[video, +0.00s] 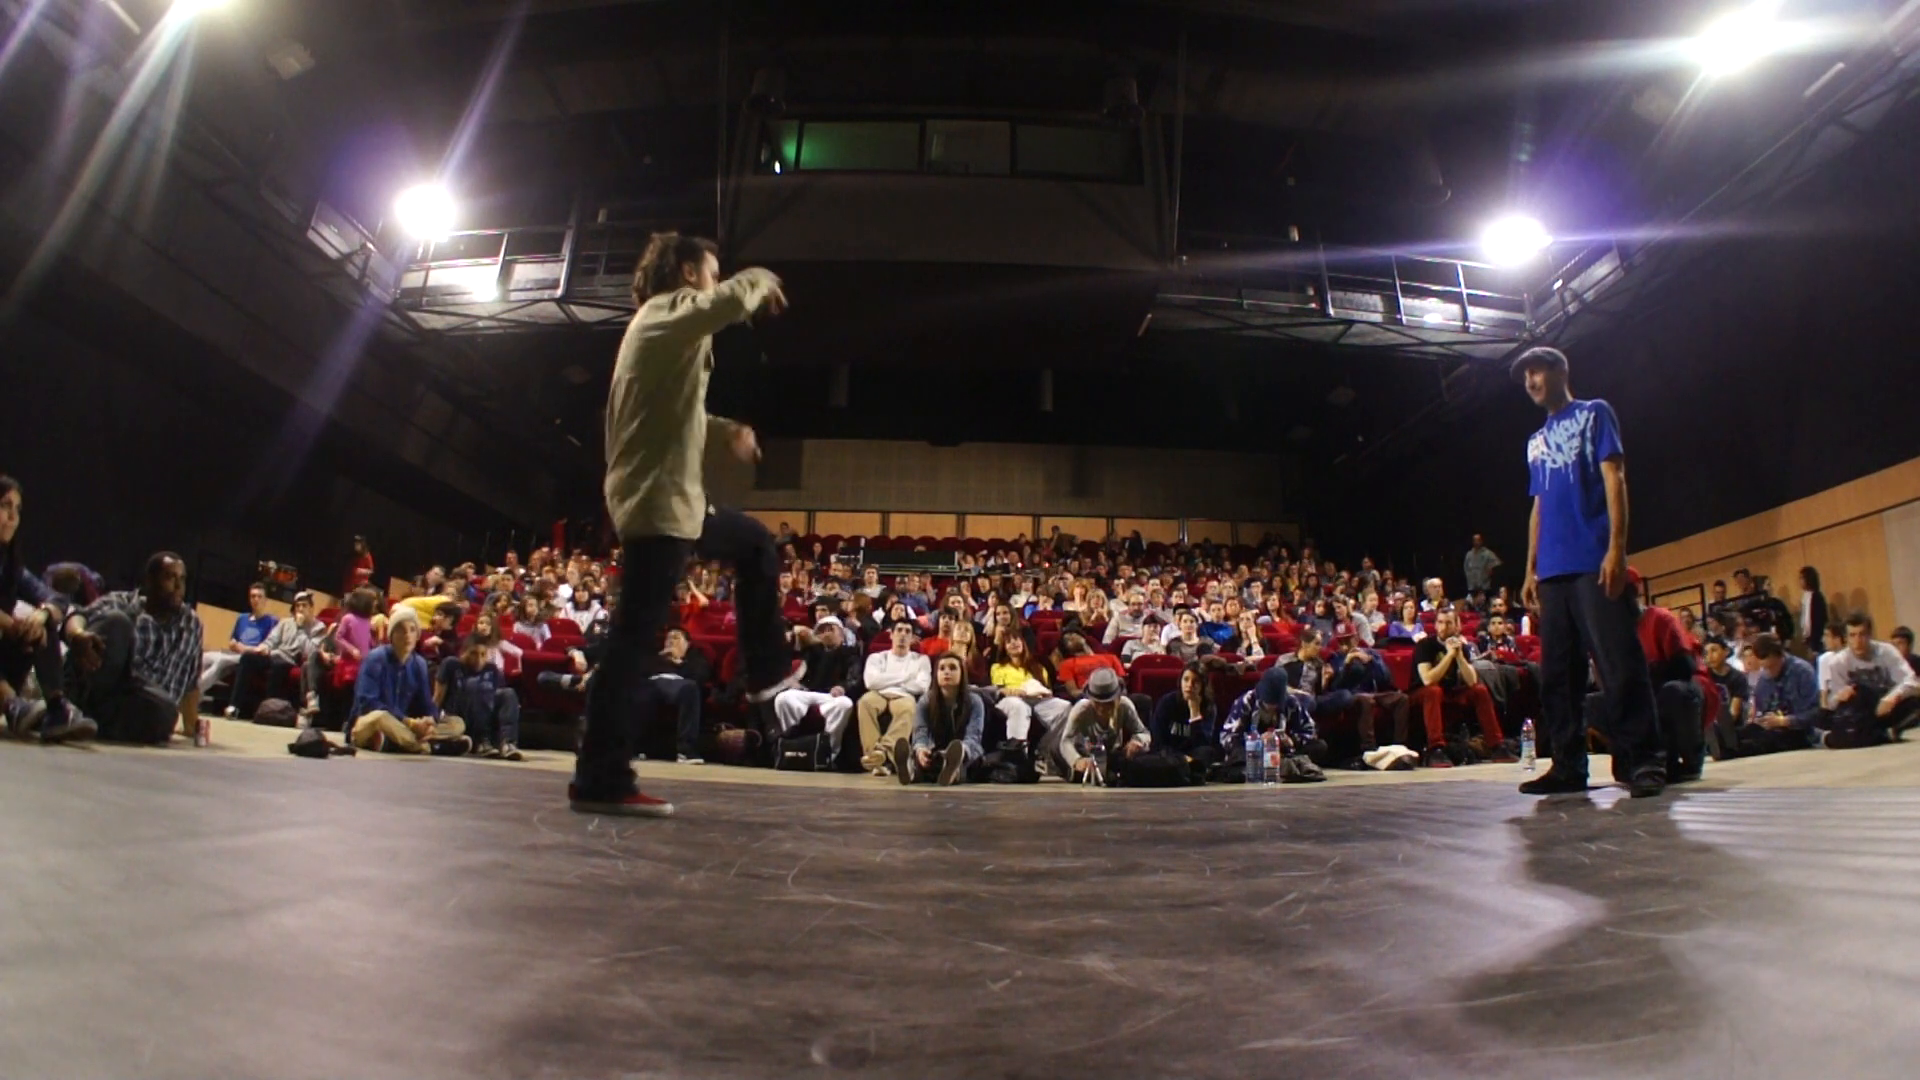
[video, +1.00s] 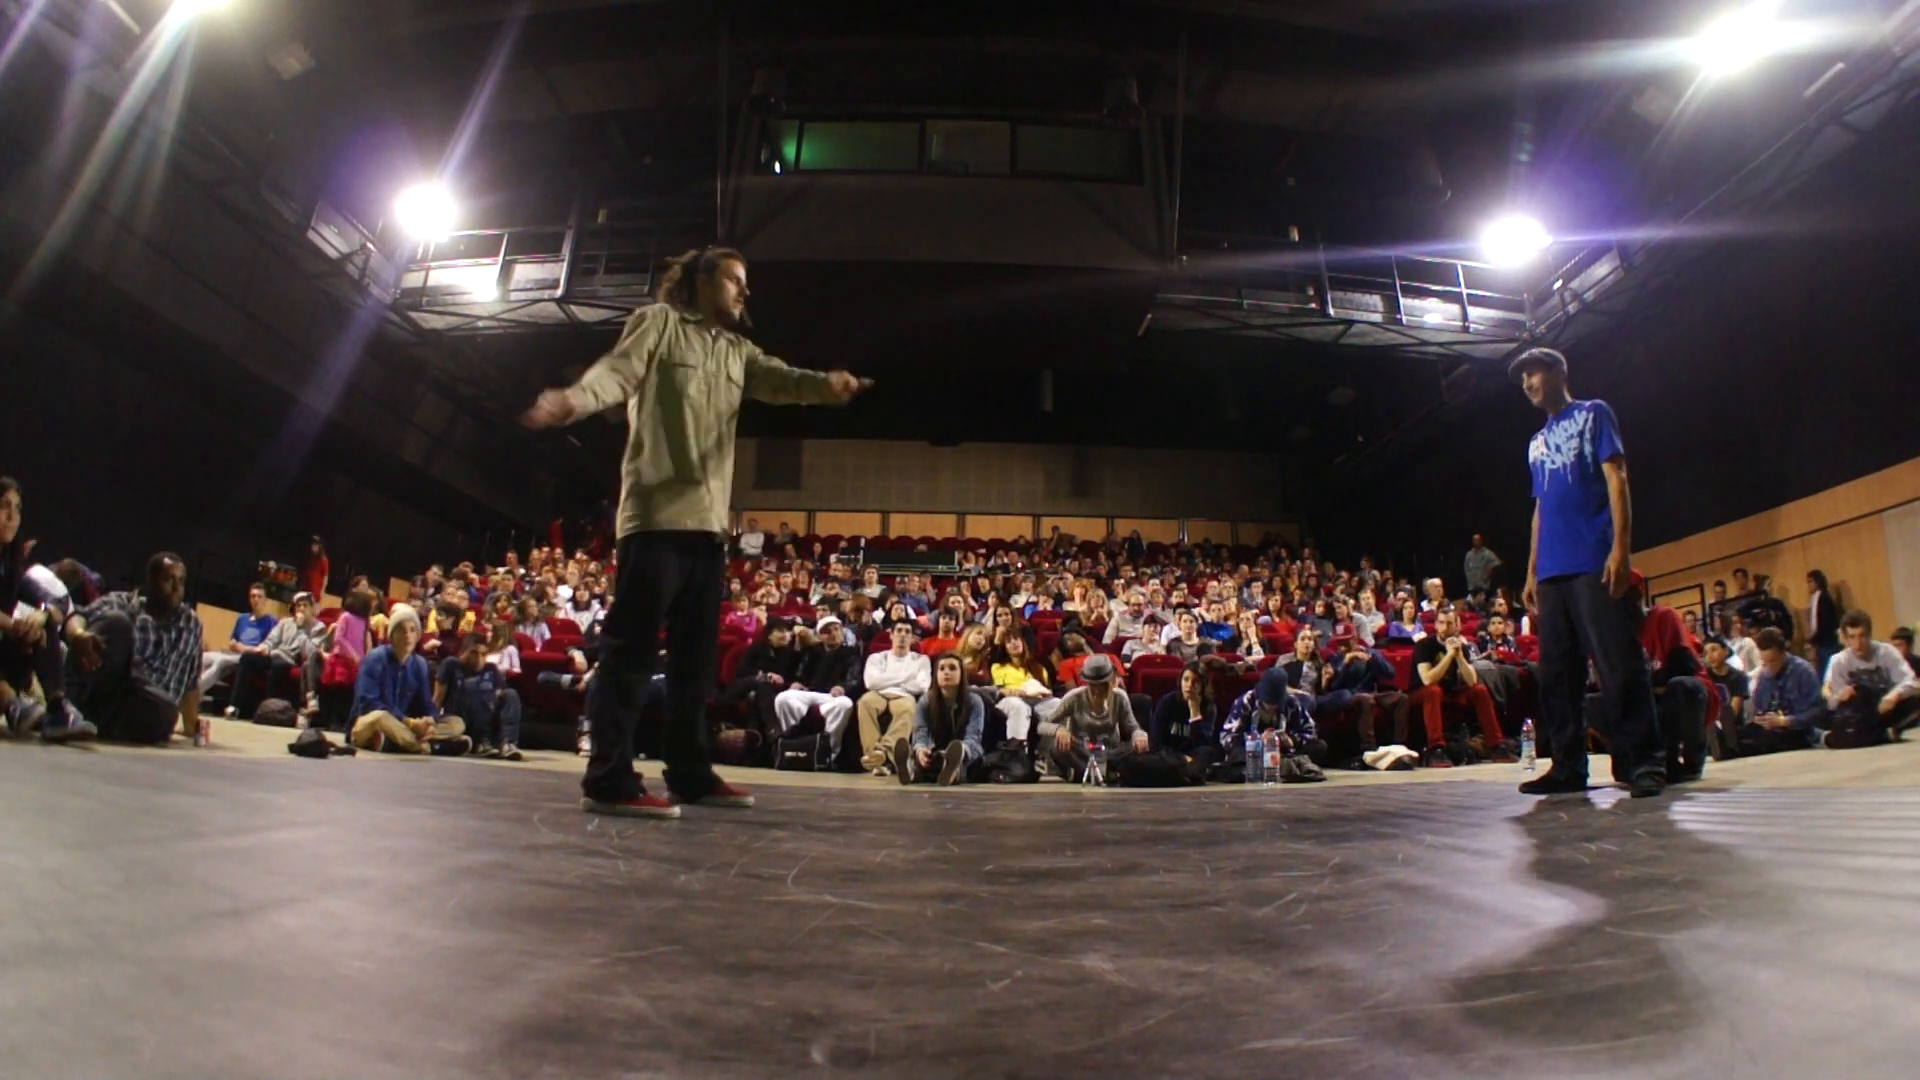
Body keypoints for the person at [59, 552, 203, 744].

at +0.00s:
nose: (178, 586)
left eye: (182, 579)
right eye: (170, 578)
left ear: (186, 583)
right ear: (151, 580)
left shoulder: (191, 624)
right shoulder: (122, 602)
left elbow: (190, 684)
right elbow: (78, 616)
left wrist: (191, 731)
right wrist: (76, 634)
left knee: (161, 717)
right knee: (116, 623)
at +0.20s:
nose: (178, 586)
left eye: (182, 580)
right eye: (170, 578)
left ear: (186, 583)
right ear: (151, 580)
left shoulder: (191, 624)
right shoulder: (122, 602)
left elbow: (190, 685)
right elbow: (78, 617)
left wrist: (191, 731)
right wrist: (76, 635)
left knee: (162, 717)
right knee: (116, 623)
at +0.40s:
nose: (177, 587)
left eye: (181, 580)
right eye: (169, 579)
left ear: (185, 584)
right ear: (151, 580)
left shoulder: (191, 624)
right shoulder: (122, 602)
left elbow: (190, 685)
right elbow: (78, 617)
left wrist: (191, 731)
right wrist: (76, 635)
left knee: (160, 719)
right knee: (116, 623)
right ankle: (68, 709)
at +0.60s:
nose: (176, 587)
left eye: (181, 580)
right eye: (169, 579)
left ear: (184, 585)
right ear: (151, 580)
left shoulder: (191, 623)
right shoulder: (122, 602)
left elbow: (190, 685)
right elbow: (78, 616)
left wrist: (191, 731)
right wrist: (76, 634)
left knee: (160, 719)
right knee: (116, 624)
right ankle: (64, 710)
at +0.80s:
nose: (177, 588)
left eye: (182, 582)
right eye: (169, 580)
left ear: (185, 586)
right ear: (151, 581)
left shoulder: (191, 624)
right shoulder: (122, 602)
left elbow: (190, 685)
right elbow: (77, 617)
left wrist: (191, 730)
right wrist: (76, 635)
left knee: (159, 719)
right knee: (116, 624)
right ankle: (65, 710)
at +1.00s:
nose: (176, 588)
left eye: (181, 581)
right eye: (169, 580)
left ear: (184, 585)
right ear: (151, 580)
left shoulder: (191, 624)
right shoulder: (121, 602)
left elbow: (190, 684)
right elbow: (77, 617)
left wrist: (191, 731)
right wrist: (77, 634)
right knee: (116, 624)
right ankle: (69, 710)